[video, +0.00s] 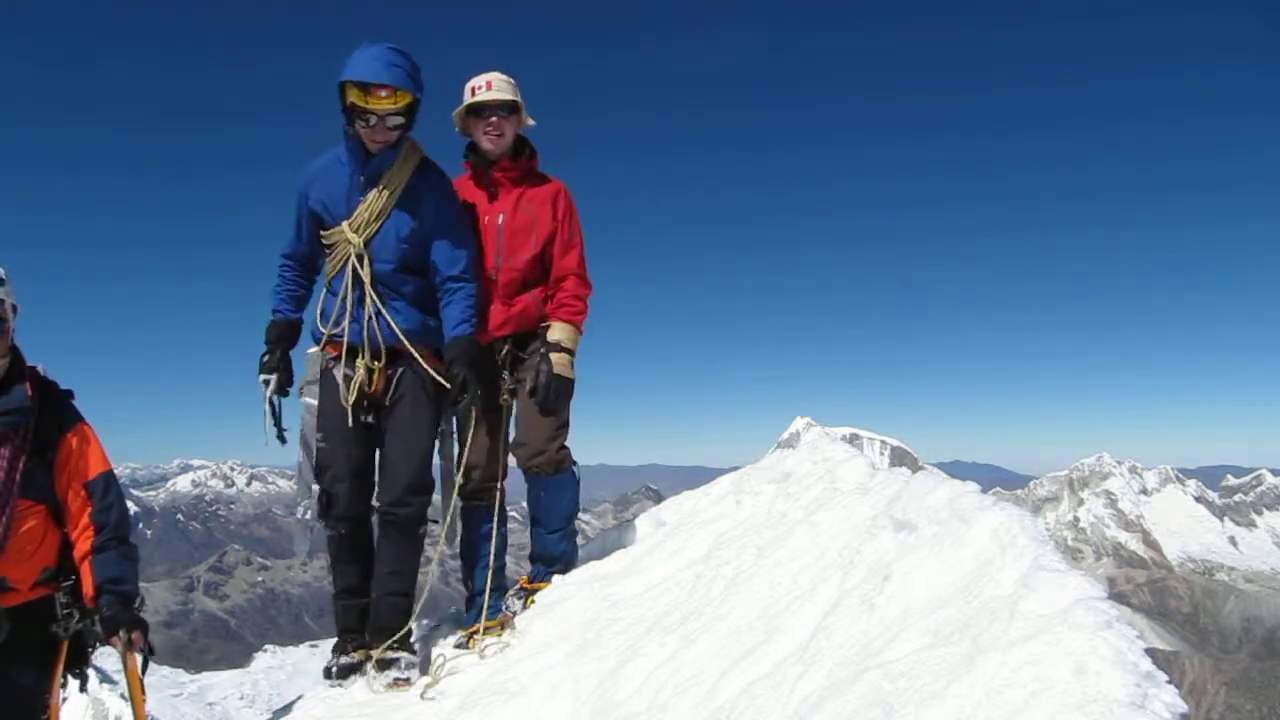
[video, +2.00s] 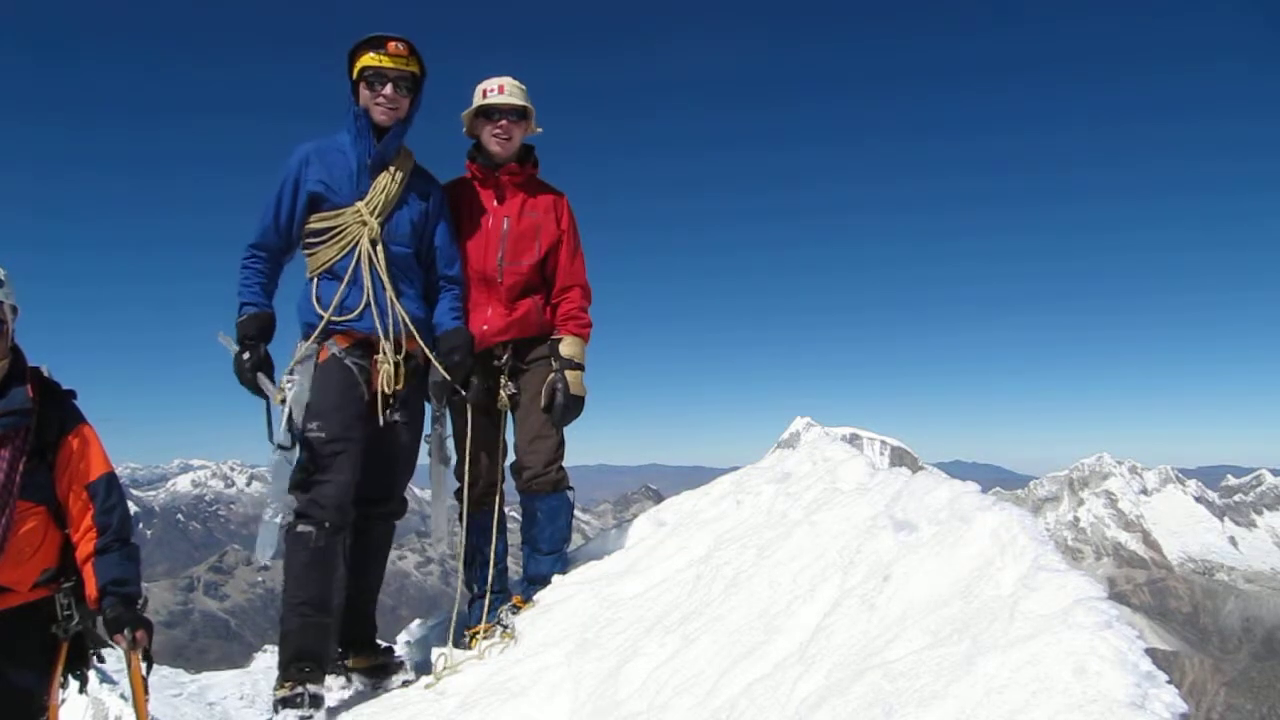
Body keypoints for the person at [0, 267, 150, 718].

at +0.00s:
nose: (1, 332)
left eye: (1, 319)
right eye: (1, 319)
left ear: (11, 321)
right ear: (7, 321)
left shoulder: (45, 411)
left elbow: (97, 510)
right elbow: (97, 510)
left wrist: (114, 599)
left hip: (24, 618)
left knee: (21, 705)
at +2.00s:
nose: (0, 329)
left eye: (1, 316)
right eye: (1, 316)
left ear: (11, 320)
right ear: (7, 320)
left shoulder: (46, 410)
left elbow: (97, 509)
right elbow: (98, 509)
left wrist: (116, 597)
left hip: (23, 617)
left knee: (20, 706)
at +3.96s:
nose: (1, 333)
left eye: (2, 319)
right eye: (2, 319)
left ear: (12, 322)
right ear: (8, 322)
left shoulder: (47, 410)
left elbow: (99, 508)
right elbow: (100, 508)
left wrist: (120, 596)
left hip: (25, 619)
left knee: (20, 705)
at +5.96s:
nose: (8, 355)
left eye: (20, 337)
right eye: (1, 338)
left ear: (39, 339)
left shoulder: (68, 418)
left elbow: (114, 513)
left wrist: (129, 599)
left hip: (32, 618)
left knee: (23, 705)